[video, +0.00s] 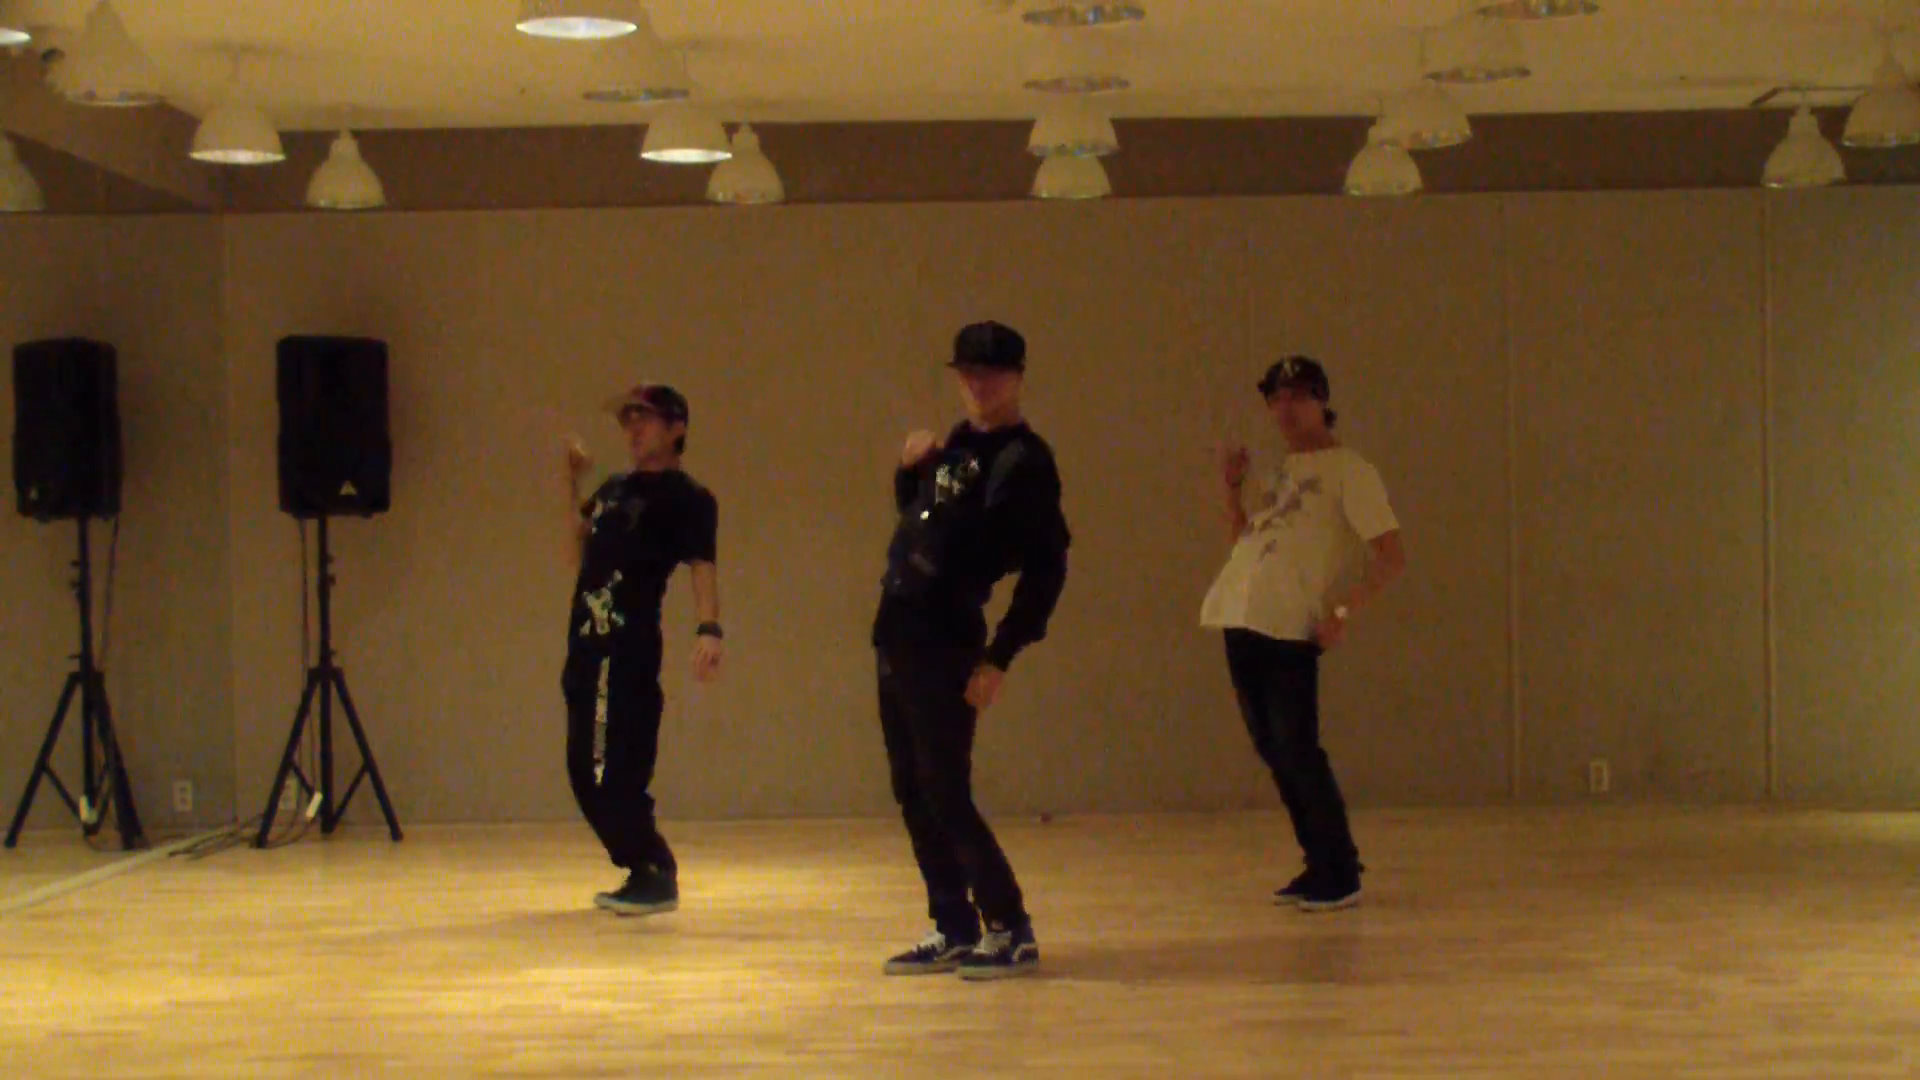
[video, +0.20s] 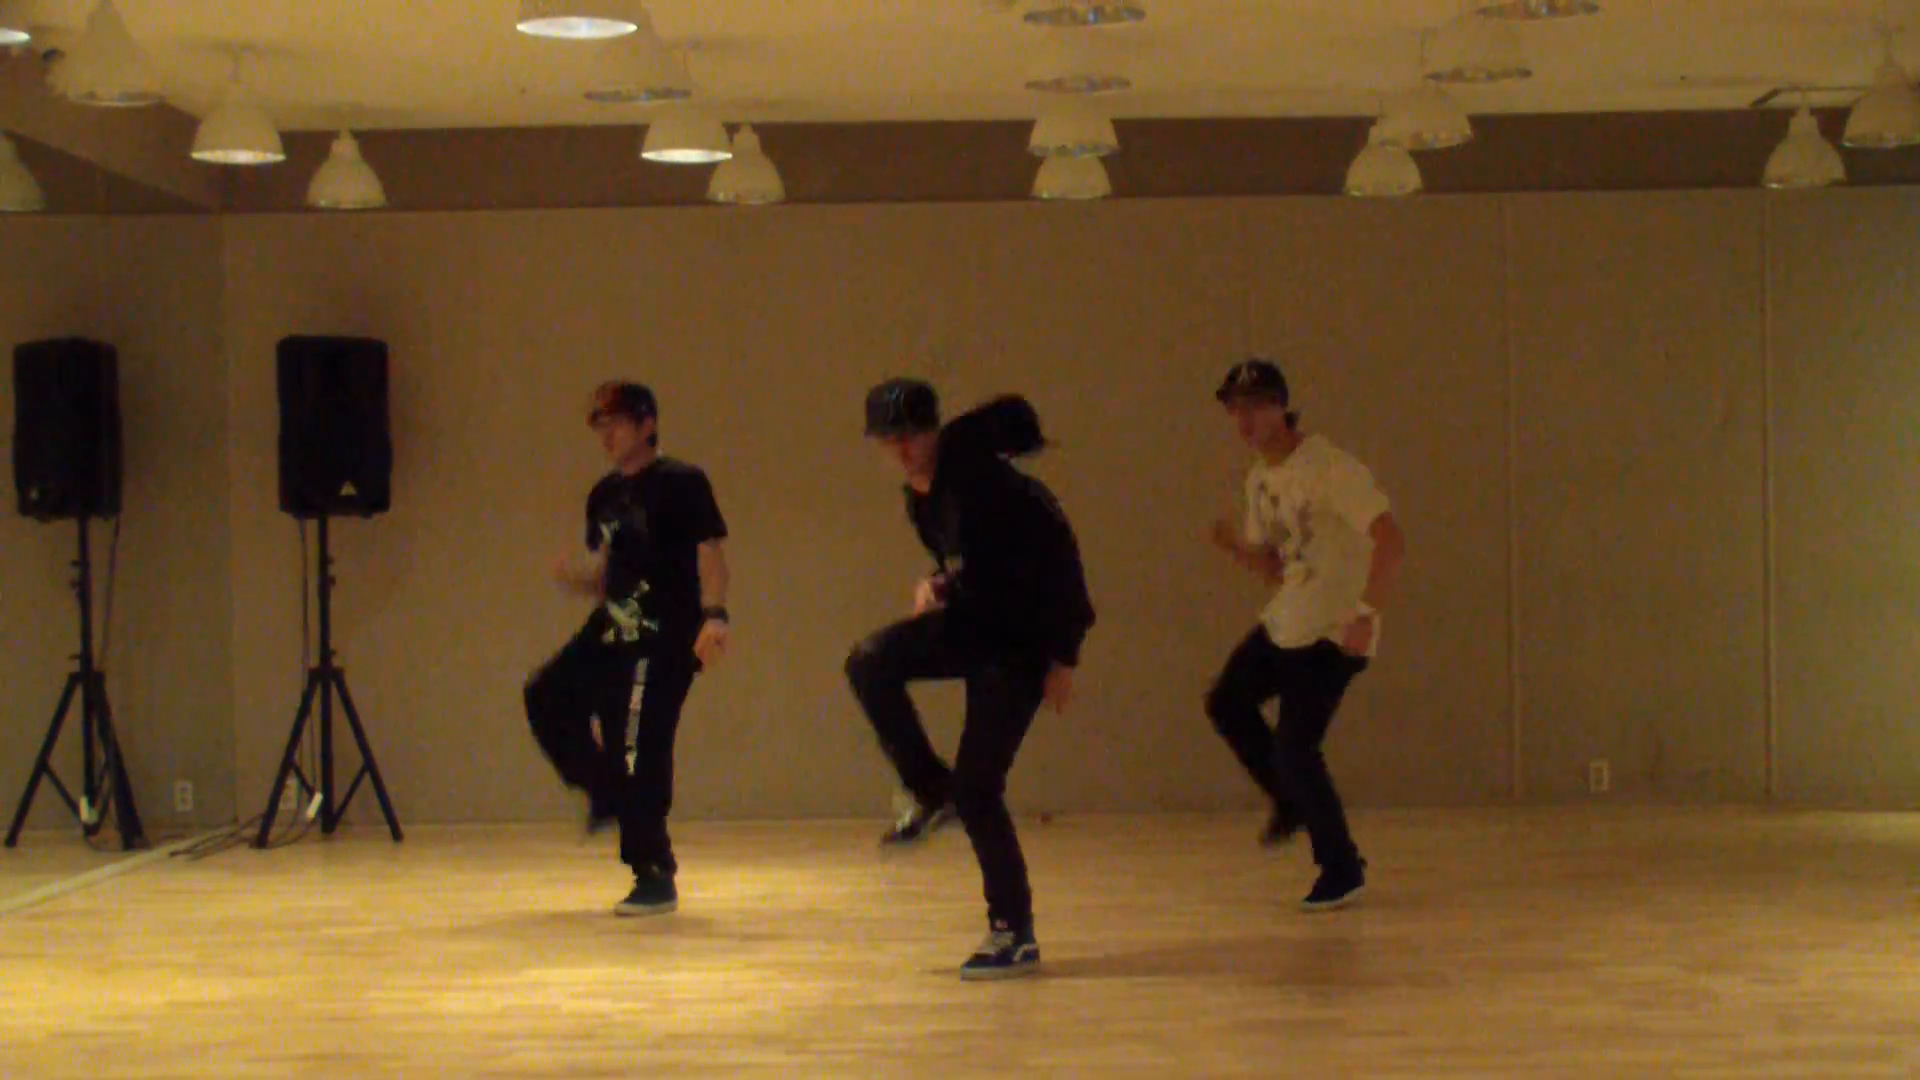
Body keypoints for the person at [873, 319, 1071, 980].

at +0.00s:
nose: (978, 387)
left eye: (991, 375)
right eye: (968, 375)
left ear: (1018, 377)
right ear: (957, 378)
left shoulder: (1028, 460)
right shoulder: (959, 443)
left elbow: (1047, 570)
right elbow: (917, 520)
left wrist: (998, 658)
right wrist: (909, 471)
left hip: (946, 640)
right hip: (900, 634)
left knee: (945, 792)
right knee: (914, 792)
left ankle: (1010, 929)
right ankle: (955, 931)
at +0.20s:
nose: (905, 451)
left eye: (912, 438)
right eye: (893, 442)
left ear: (935, 430)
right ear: (884, 446)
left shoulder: (1000, 487)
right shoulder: (925, 495)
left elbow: (1064, 575)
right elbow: (970, 560)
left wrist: (1063, 658)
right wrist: (941, 582)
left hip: (1025, 639)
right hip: (972, 624)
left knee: (976, 788)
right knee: (870, 665)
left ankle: (1012, 930)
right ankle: (932, 790)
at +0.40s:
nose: (894, 468)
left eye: (900, 455)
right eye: (888, 457)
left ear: (929, 453)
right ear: (900, 460)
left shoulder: (1005, 507)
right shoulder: (932, 507)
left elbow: (1070, 575)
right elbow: (973, 565)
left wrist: (1082, 663)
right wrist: (945, 579)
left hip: (1038, 653)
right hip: (983, 633)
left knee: (974, 788)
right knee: (885, 636)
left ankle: (1013, 932)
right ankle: (948, 758)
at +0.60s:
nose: (949, 432)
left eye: (955, 418)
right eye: (942, 422)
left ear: (985, 412)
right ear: (944, 425)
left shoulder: (1045, 450)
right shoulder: (972, 484)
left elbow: (1127, 449)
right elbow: (951, 531)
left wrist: (1093, 537)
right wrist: (892, 545)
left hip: (1055, 650)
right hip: (999, 640)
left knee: (976, 800)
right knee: (921, 739)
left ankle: (1011, 936)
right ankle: (857, 844)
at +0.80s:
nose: (996, 415)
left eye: (1007, 403)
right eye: (985, 406)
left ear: (1033, 406)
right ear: (975, 415)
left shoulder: (1080, 457)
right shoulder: (988, 487)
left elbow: (1174, 487)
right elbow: (990, 564)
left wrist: (1124, 568)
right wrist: (961, 573)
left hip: (1064, 660)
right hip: (1009, 656)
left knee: (965, 802)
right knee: (999, 778)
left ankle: (1010, 935)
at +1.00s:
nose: (1051, 423)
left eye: (1061, 410)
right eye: (1038, 413)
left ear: (1084, 412)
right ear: (1024, 420)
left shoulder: (1127, 481)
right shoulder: (1028, 484)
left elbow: (1157, 585)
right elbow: (1008, 574)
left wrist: (1171, 685)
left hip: (1097, 675)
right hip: (1061, 677)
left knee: (977, 777)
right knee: (1114, 823)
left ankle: (1070, 897)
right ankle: (1241, 908)